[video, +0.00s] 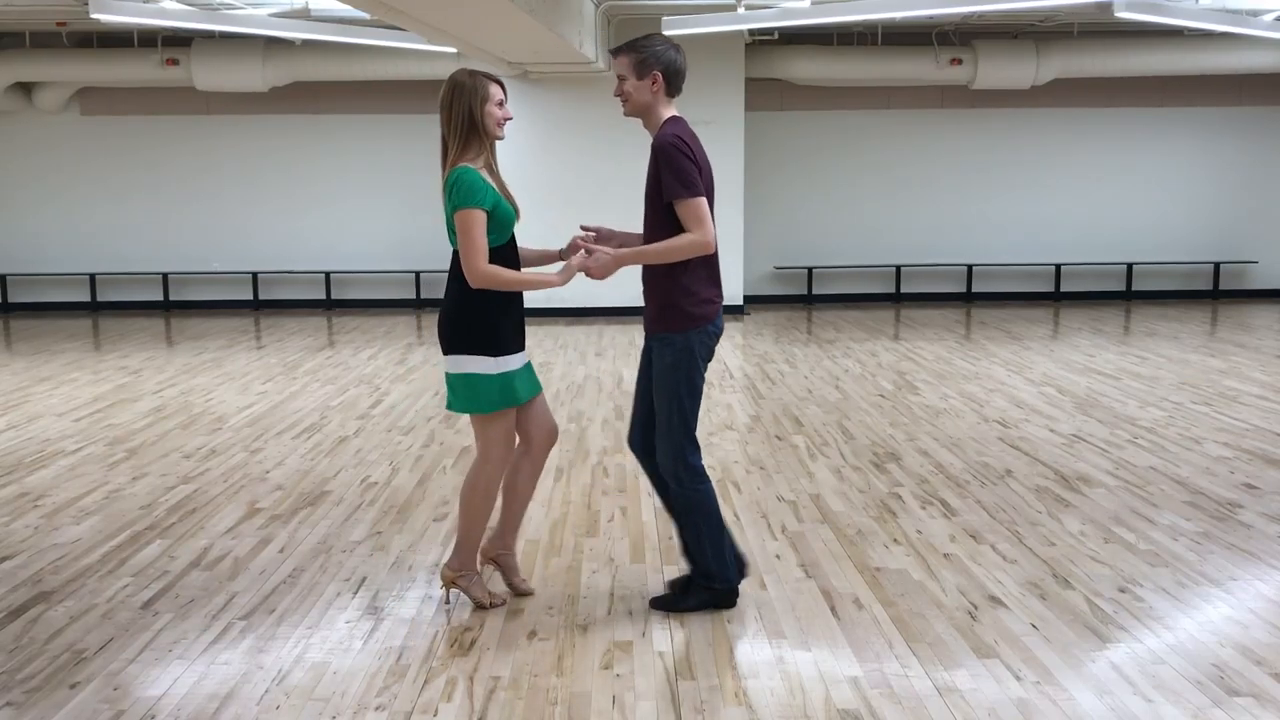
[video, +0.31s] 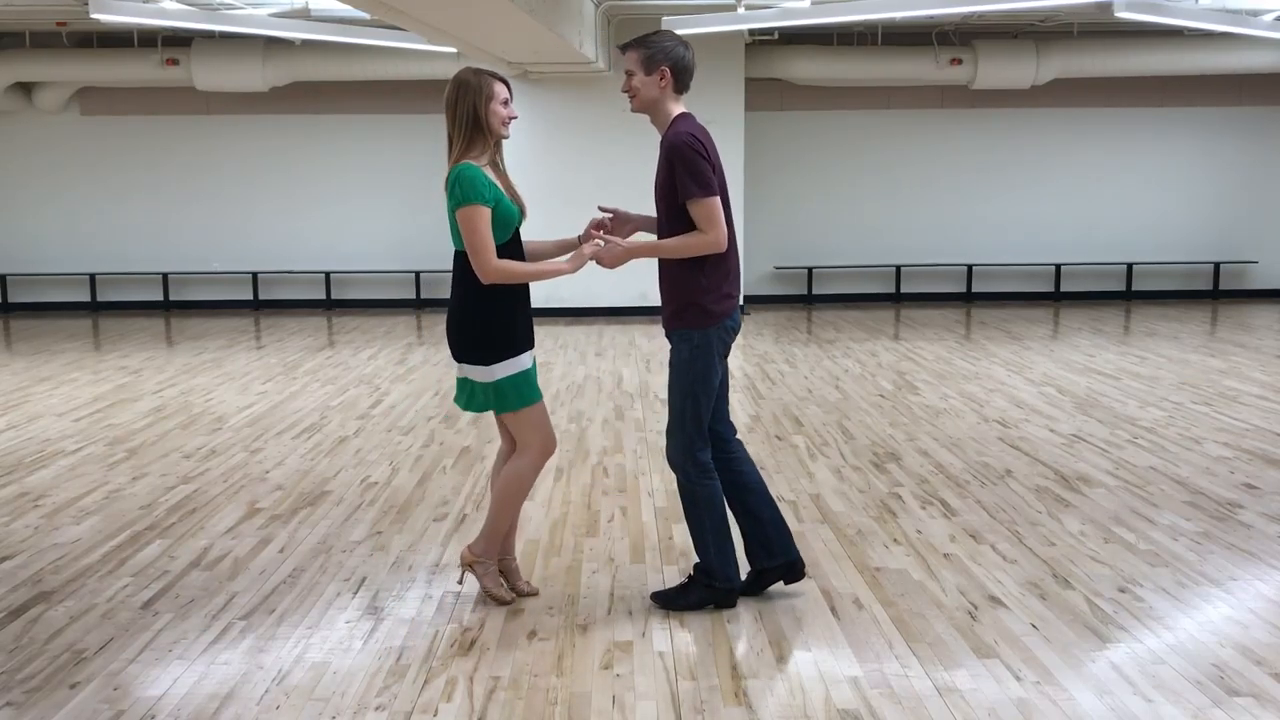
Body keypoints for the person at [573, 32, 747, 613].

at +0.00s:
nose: (616, 92)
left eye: (622, 81)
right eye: (615, 82)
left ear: (656, 81)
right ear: (653, 84)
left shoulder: (673, 143)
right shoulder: (669, 139)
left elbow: (702, 238)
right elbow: (676, 235)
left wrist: (622, 259)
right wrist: (616, 240)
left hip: (686, 324)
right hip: (672, 323)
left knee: (672, 447)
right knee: (646, 439)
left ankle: (716, 578)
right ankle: (717, 557)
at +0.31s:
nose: (623, 85)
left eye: (630, 75)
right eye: (623, 76)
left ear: (661, 76)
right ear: (663, 78)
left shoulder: (683, 141)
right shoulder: (679, 136)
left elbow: (714, 237)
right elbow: (690, 224)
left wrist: (636, 249)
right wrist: (634, 223)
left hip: (702, 319)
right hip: (706, 315)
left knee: (687, 449)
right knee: (716, 438)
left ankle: (718, 576)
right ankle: (776, 557)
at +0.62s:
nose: (610, 89)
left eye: (616, 79)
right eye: (610, 79)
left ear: (648, 81)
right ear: (647, 83)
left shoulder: (667, 141)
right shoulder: (665, 138)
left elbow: (697, 237)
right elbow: (681, 235)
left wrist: (618, 235)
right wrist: (612, 233)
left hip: (680, 322)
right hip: (663, 320)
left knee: (674, 449)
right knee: (633, 434)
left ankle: (716, 579)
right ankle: (721, 537)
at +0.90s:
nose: (583, 83)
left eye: (589, 73)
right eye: (584, 73)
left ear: (620, 76)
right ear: (619, 78)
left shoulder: (636, 139)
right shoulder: (635, 136)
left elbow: (658, 237)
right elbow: (638, 226)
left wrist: (581, 218)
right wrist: (584, 229)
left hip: (639, 320)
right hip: (624, 318)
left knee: (636, 445)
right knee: (611, 440)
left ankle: (706, 565)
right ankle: (631, 567)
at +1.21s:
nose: (557, 86)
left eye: (565, 75)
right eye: (558, 76)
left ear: (596, 78)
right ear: (597, 79)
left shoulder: (614, 145)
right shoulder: (609, 141)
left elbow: (633, 244)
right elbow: (605, 240)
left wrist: (552, 262)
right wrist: (545, 254)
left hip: (602, 322)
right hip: (601, 319)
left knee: (554, 441)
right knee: (597, 436)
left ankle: (576, 576)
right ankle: (633, 567)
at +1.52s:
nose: (545, 83)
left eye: (552, 73)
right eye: (546, 74)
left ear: (583, 76)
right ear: (585, 77)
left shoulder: (599, 140)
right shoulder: (598, 137)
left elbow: (615, 239)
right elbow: (594, 238)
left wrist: (533, 258)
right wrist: (530, 252)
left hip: (580, 320)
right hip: (583, 316)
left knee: (544, 443)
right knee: (571, 436)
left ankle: (556, 577)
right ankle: (626, 557)